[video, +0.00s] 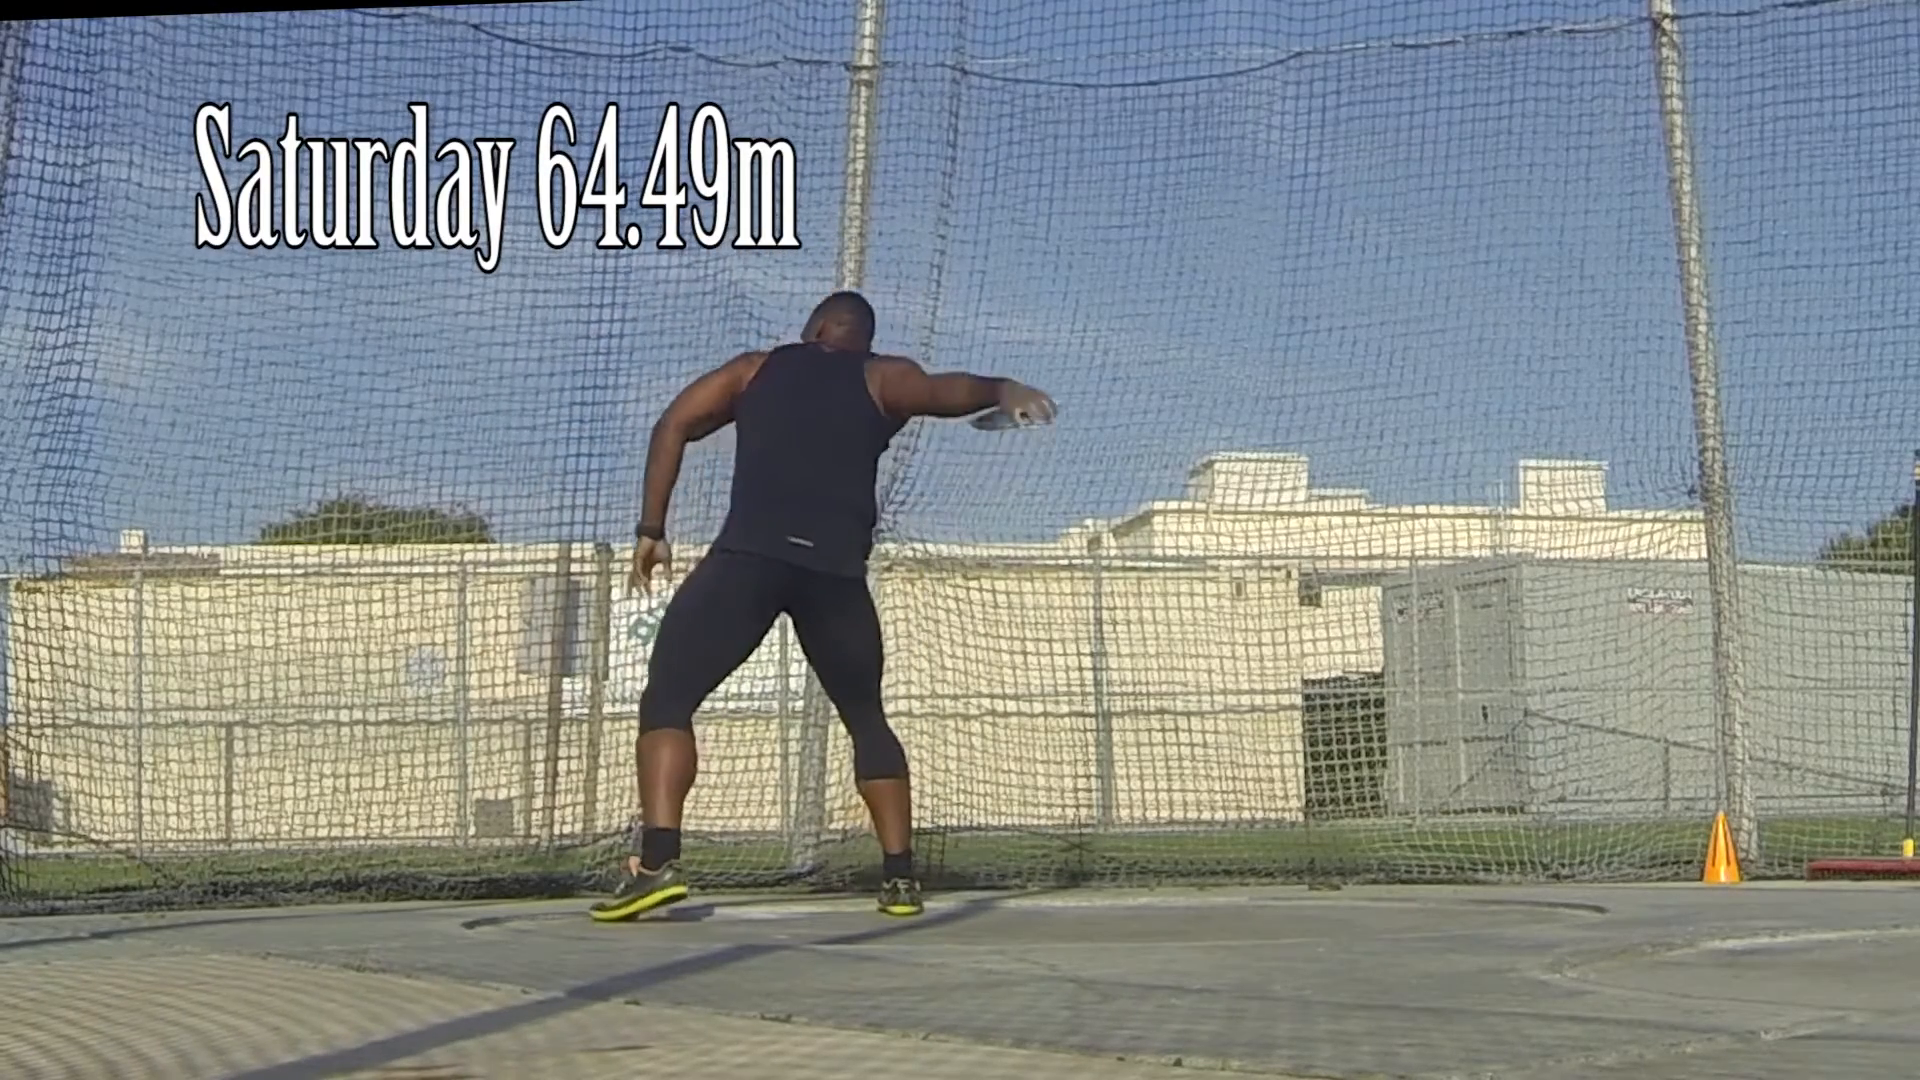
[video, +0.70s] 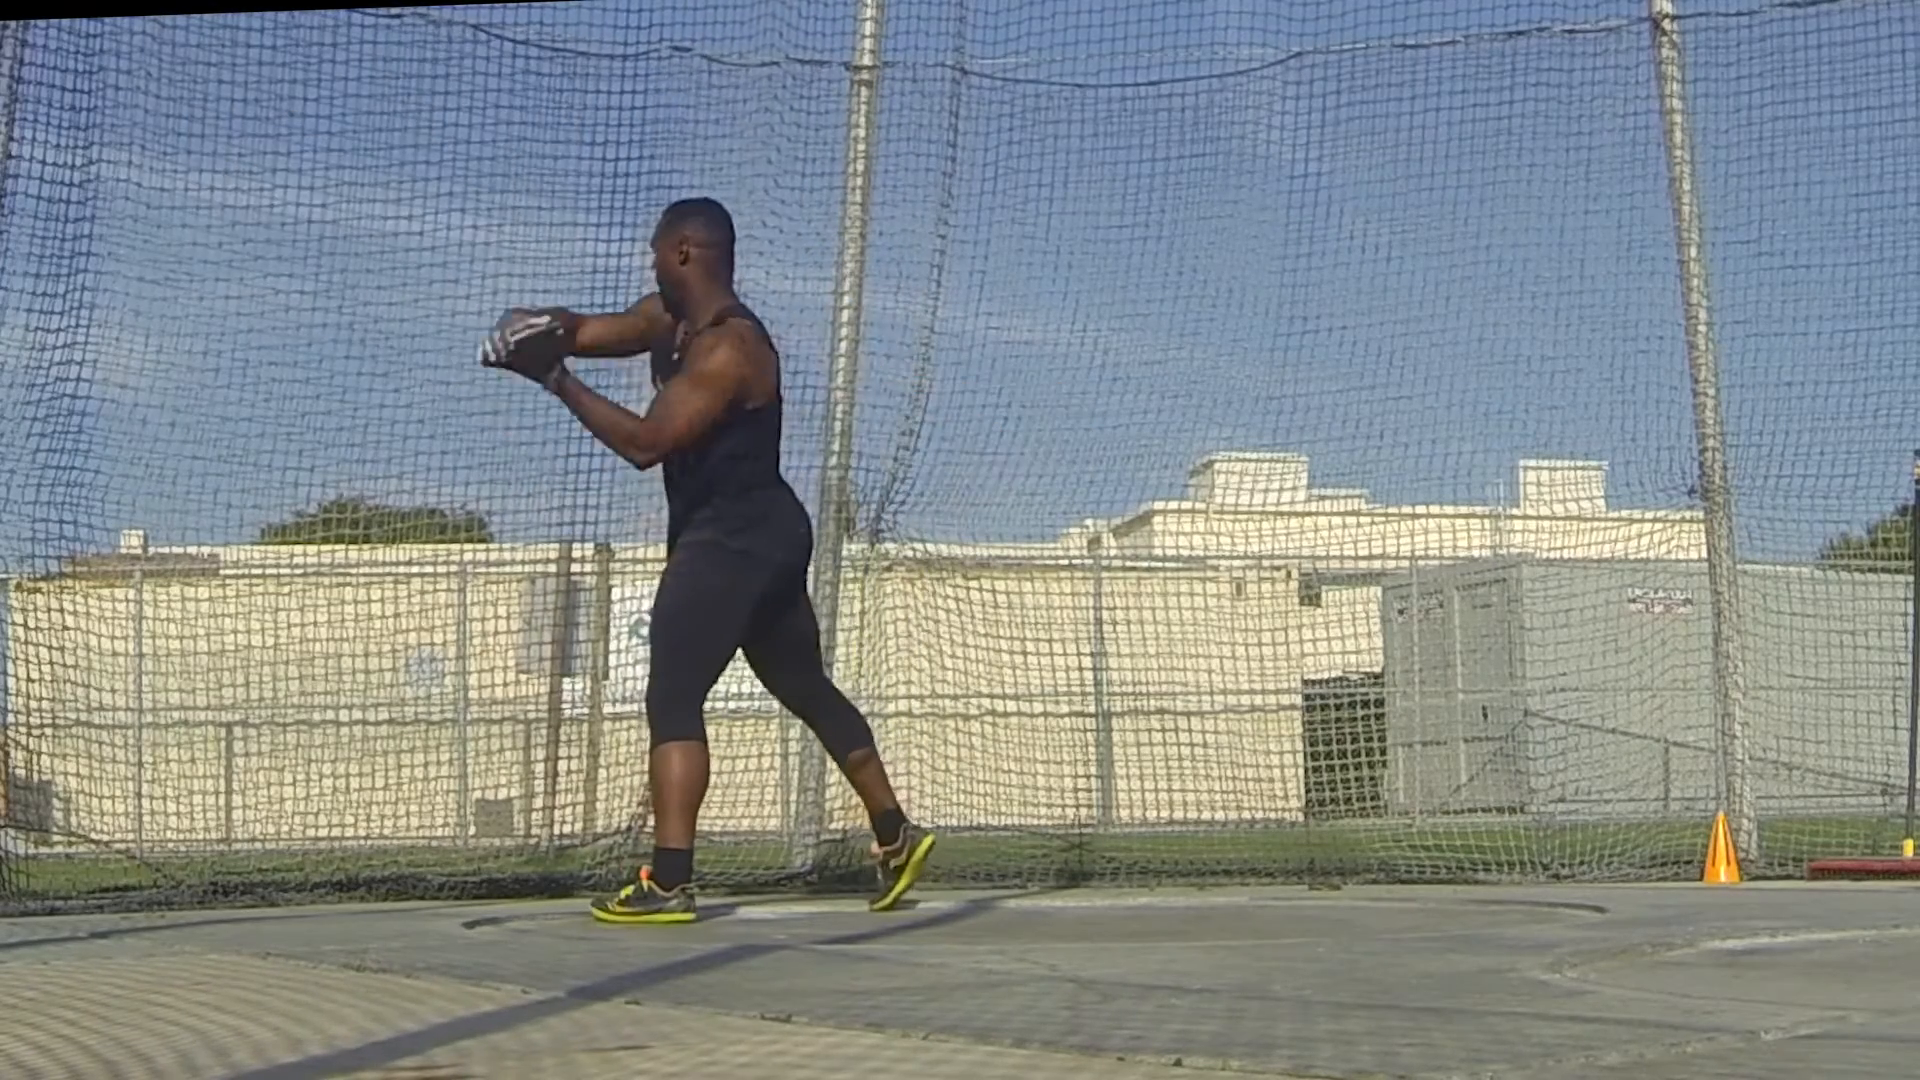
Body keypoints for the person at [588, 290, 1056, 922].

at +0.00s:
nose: (827, 331)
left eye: (821, 322)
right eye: (845, 329)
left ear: (810, 329)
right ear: (867, 343)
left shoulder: (758, 367)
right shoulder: (884, 376)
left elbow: (673, 424)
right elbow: (960, 392)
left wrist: (651, 529)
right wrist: (1007, 391)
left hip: (746, 561)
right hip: (837, 575)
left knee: (668, 698)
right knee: (867, 716)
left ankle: (657, 864)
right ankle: (900, 877)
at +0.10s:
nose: (756, 339)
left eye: (757, 332)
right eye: (766, 335)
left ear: (765, 333)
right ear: (822, 338)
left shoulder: (729, 371)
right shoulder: (860, 376)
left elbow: (657, 432)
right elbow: (947, 392)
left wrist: (646, 533)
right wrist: (1031, 390)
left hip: (743, 567)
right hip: (832, 576)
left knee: (657, 705)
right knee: (864, 718)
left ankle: (662, 872)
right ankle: (901, 874)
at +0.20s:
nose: (695, 336)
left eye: (697, 327)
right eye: (697, 328)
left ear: (713, 323)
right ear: (763, 323)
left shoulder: (692, 373)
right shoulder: (828, 374)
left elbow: (644, 448)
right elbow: (930, 408)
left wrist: (637, 532)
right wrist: (1023, 431)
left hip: (738, 569)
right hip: (824, 574)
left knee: (648, 708)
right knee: (857, 715)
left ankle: (666, 881)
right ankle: (903, 875)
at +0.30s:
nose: (646, 318)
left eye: (650, 304)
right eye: (645, 306)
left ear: (681, 298)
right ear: (714, 300)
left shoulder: (670, 365)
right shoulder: (792, 366)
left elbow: (635, 472)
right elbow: (873, 430)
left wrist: (616, 540)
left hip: (732, 562)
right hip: (814, 566)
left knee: (648, 707)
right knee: (849, 710)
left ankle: (666, 881)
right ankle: (908, 870)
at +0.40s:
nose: (635, 298)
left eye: (638, 283)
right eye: (634, 284)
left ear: (668, 274)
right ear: (701, 274)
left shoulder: (670, 356)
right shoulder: (760, 345)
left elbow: (628, 482)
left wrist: (587, 518)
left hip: (731, 555)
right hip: (807, 548)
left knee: (652, 702)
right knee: (838, 698)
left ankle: (666, 880)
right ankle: (912, 854)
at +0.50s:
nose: (642, 280)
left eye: (646, 267)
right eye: (643, 268)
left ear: (674, 263)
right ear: (705, 262)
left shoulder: (688, 352)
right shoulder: (741, 333)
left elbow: (623, 466)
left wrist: (553, 474)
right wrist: (561, 432)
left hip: (730, 553)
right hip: (798, 543)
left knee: (659, 699)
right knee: (825, 690)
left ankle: (666, 880)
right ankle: (908, 841)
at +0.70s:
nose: (650, 268)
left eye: (655, 256)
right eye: (652, 256)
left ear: (684, 254)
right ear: (706, 255)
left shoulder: (729, 347)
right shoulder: (674, 317)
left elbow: (646, 444)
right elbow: (584, 331)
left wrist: (557, 379)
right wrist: (539, 328)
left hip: (729, 540)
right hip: (760, 534)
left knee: (673, 693)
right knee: (803, 686)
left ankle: (669, 877)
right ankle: (895, 832)